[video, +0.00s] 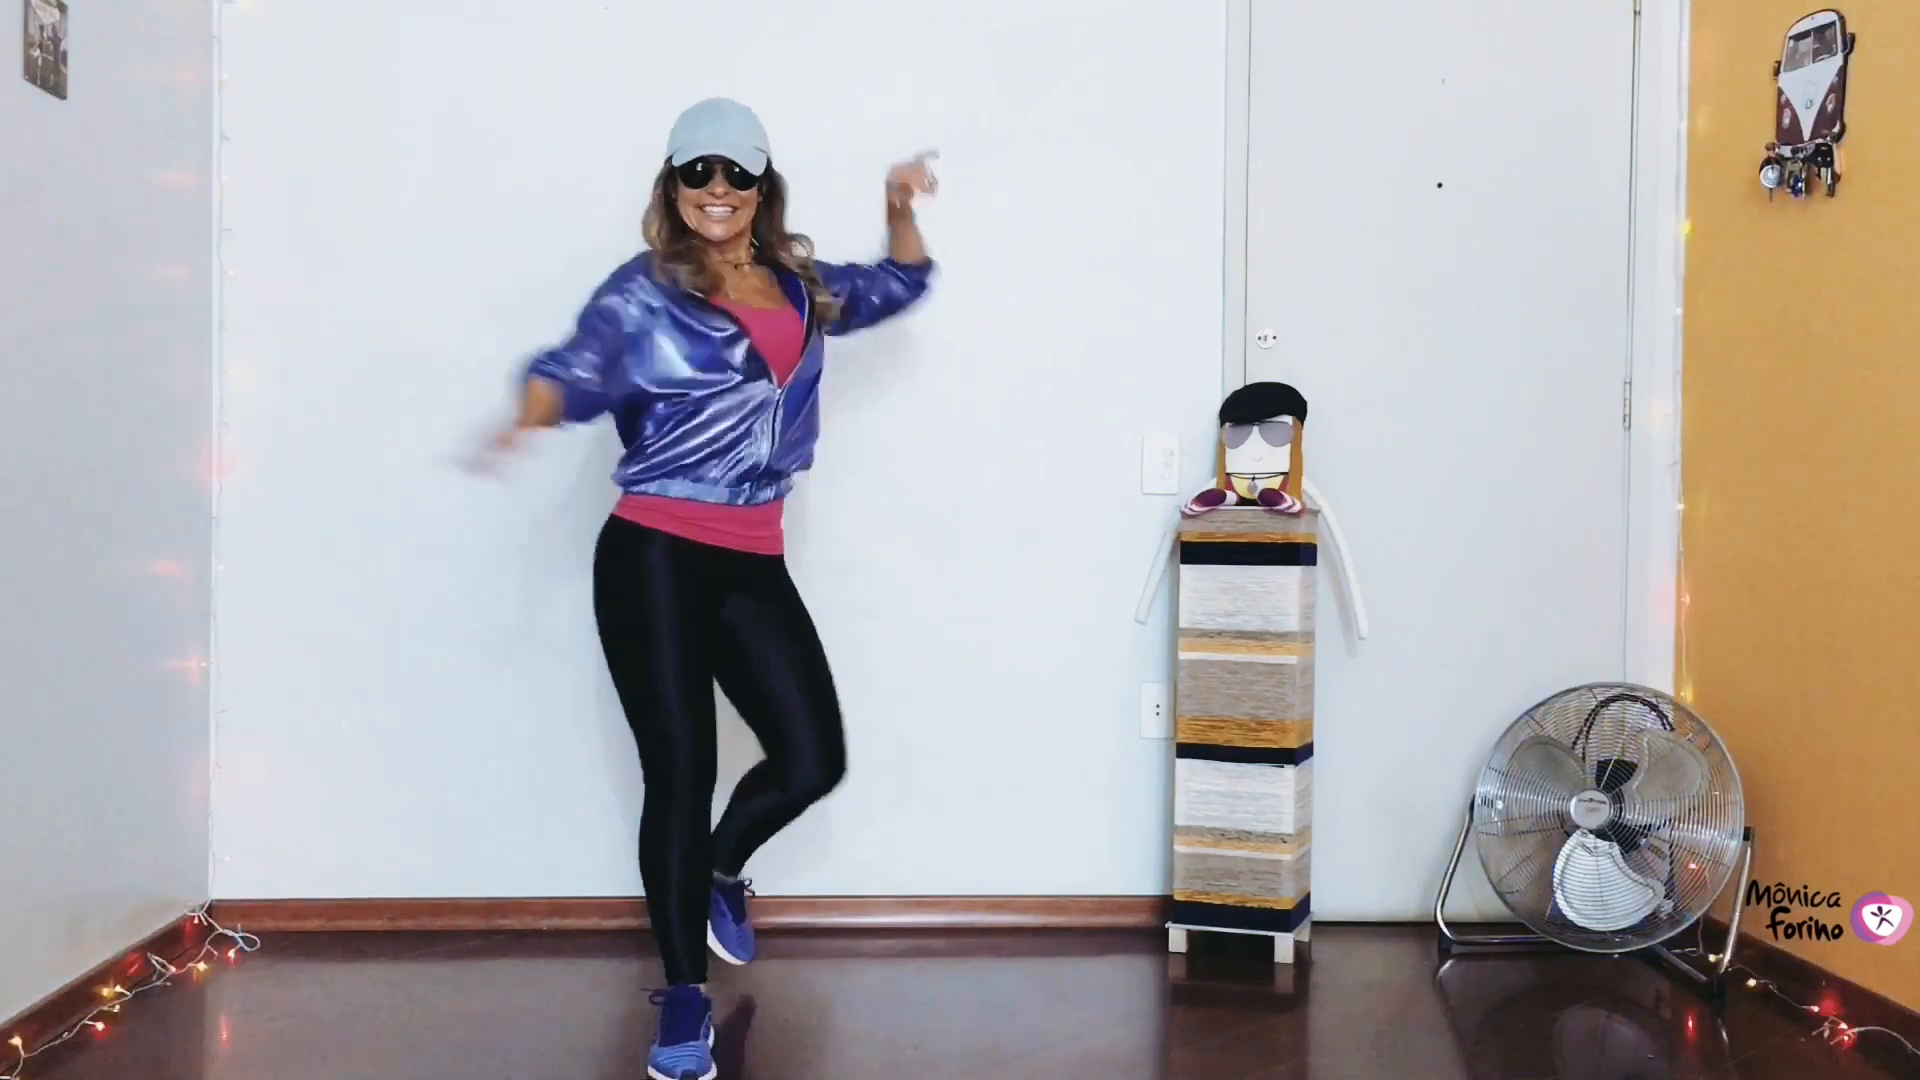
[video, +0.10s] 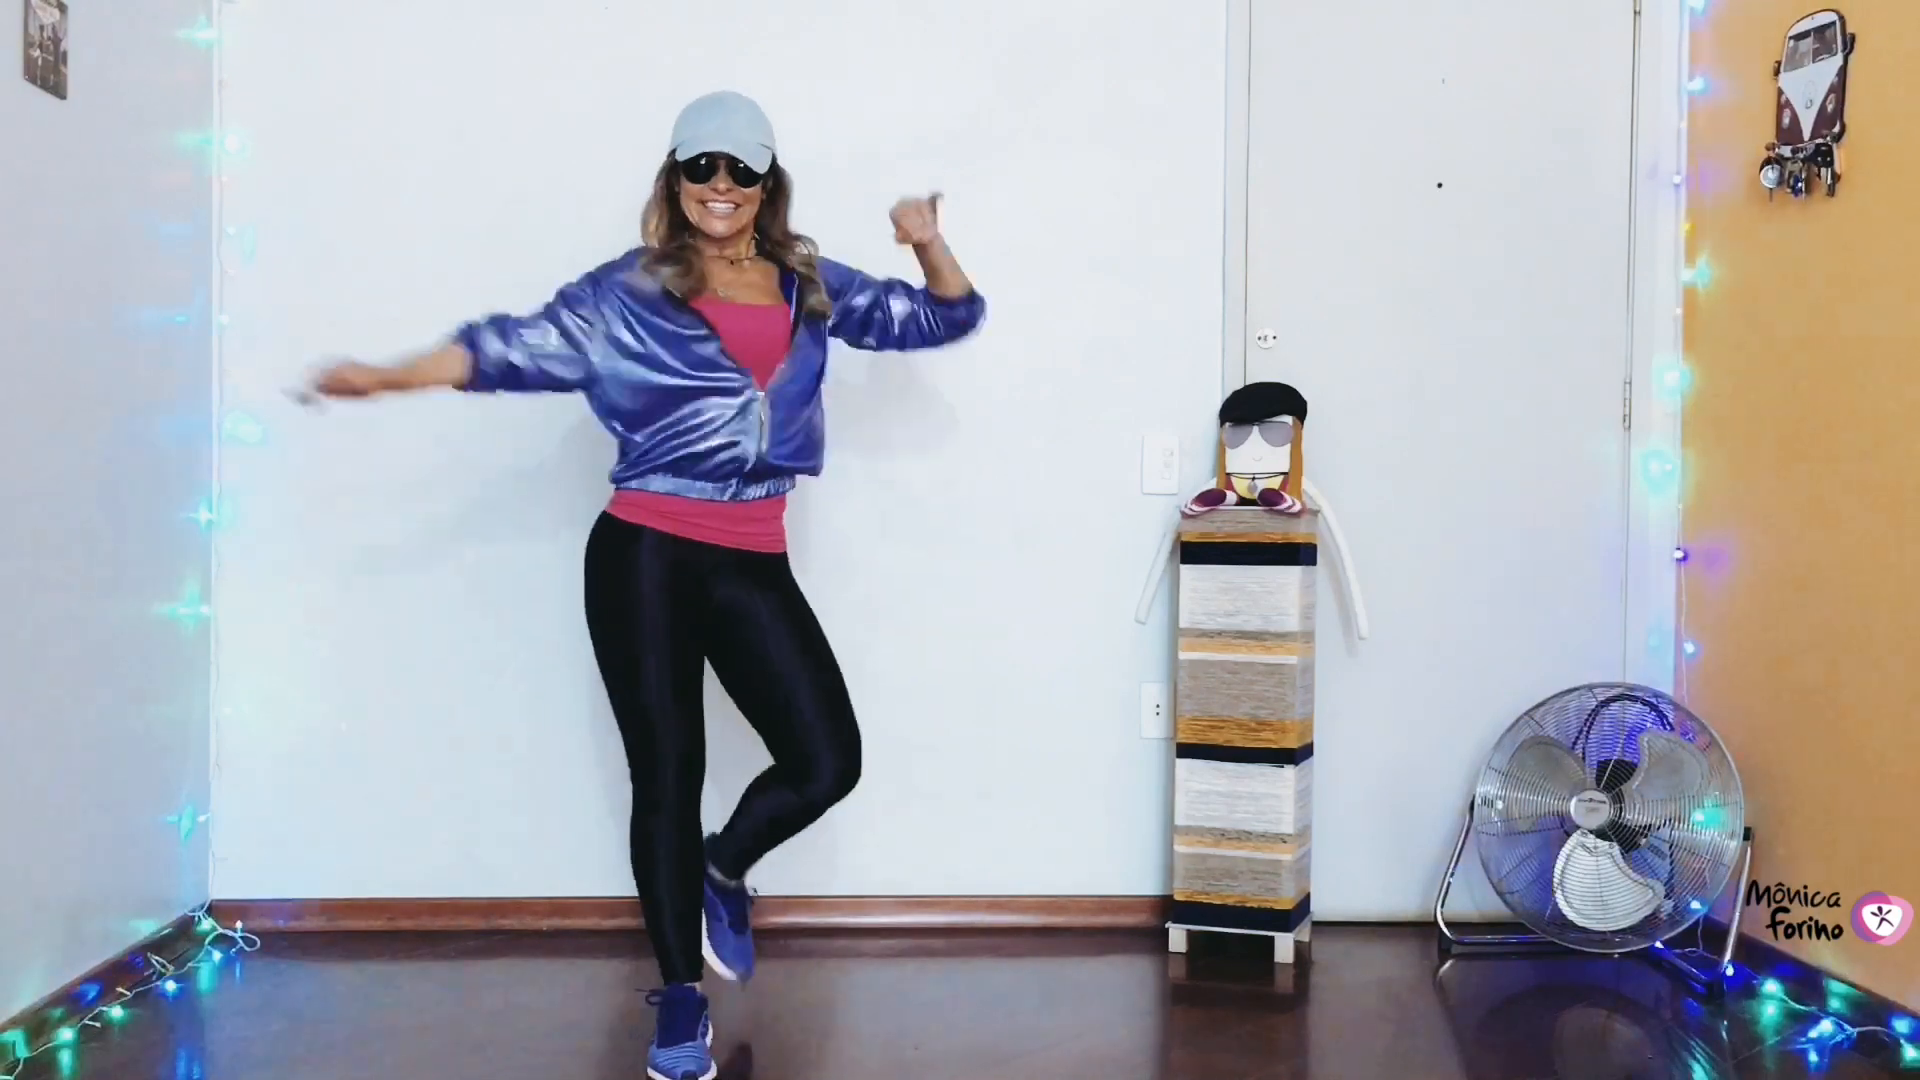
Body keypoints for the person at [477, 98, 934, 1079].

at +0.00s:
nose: (718, 194)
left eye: (737, 177)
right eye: (697, 177)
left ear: (764, 187)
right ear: (673, 190)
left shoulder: (796, 285)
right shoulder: (644, 295)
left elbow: (898, 286)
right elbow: (579, 371)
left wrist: (903, 210)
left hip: (750, 564)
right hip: (654, 557)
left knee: (812, 760)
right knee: (682, 776)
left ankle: (714, 862)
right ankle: (685, 995)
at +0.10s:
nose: (720, 191)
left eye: (741, 174)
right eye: (700, 172)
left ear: (768, 185)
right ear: (675, 181)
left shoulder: (809, 288)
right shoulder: (632, 293)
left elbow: (948, 317)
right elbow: (515, 346)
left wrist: (930, 247)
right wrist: (390, 376)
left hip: (752, 563)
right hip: (645, 554)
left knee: (827, 762)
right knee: (671, 776)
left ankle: (719, 866)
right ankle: (679, 997)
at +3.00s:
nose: (776, 196)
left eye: (789, 181)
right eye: (755, 186)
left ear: (808, 191)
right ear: (732, 204)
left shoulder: (797, 267)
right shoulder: (757, 285)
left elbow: (802, 170)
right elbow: (759, 417)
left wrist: (839, 83)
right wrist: (861, 478)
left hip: (782, 537)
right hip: (730, 528)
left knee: (806, 701)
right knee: (789, 699)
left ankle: (740, 909)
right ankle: (724, 909)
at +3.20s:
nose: (783, 197)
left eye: (795, 182)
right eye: (765, 187)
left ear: (816, 189)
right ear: (739, 202)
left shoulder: (799, 262)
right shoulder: (761, 284)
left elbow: (803, 161)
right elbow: (767, 413)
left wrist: (857, 77)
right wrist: (852, 471)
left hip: (786, 520)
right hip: (745, 514)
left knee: (807, 722)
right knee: (774, 716)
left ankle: (736, 926)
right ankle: (707, 935)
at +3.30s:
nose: (792, 197)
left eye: (802, 182)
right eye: (772, 187)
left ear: (821, 188)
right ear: (746, 203)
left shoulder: (810, 263)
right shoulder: (775, 277)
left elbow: (814, 188)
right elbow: (779, 405)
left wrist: (857, 116)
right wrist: (868, 478)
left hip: (784, 536)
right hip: (733, 528)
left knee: (818, 728)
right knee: (769, 716)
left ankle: (738, 924)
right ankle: (695, 939)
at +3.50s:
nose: (786, 183)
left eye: (803, 168)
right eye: (766, 170)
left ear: (827, 185)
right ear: (742, 190)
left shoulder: (828, 276)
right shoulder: (744, 282)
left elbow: (860, 306)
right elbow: (724, 417)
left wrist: (884, 236)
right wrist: (790, 532)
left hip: (803, 539)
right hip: (726, 542)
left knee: (807, 734)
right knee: (734, 748)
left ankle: (740, 928)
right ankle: (707, 975)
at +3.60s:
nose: (778, 179)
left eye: (797, 165)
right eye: (760, 164)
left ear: (819, 185)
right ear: (734, 181)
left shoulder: (833, 296)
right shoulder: (710, 289)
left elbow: (913, 357)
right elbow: (661, 402)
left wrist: (913, 283)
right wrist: (664, 513)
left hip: (797, 552)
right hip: (711, 546)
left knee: (810, 743)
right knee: (733, 755)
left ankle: (743, 921)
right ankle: (711, 989)